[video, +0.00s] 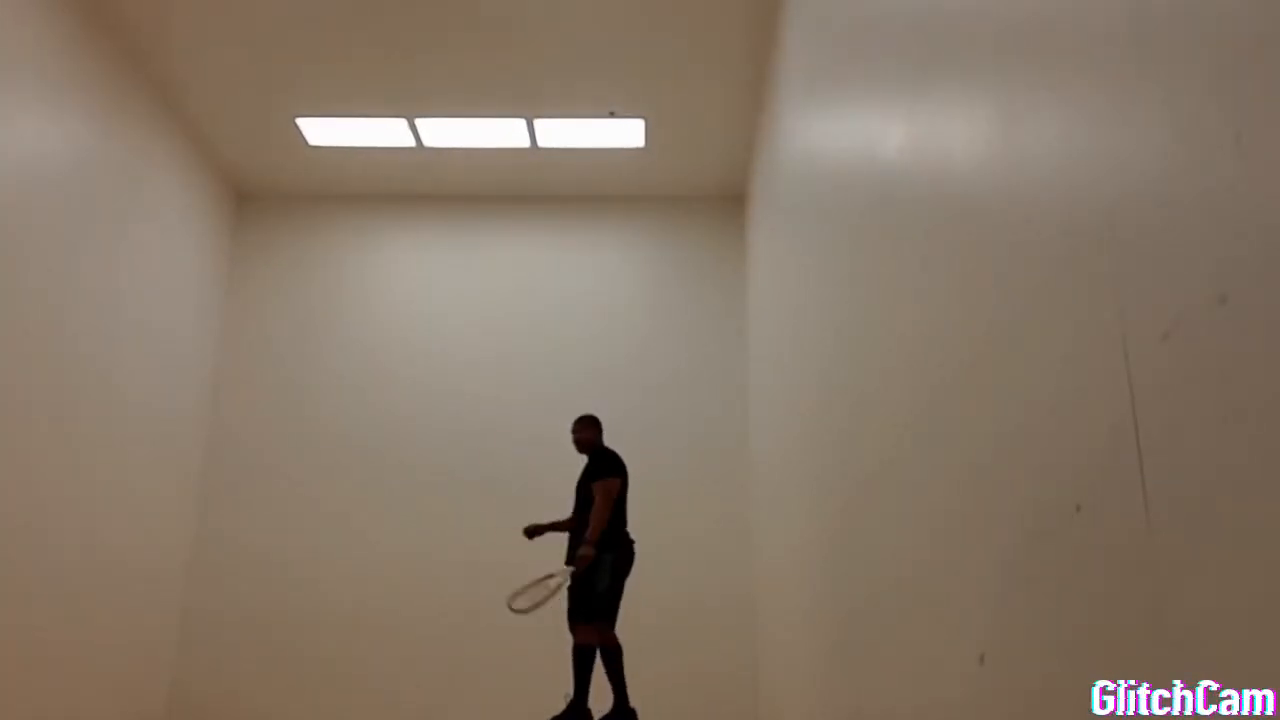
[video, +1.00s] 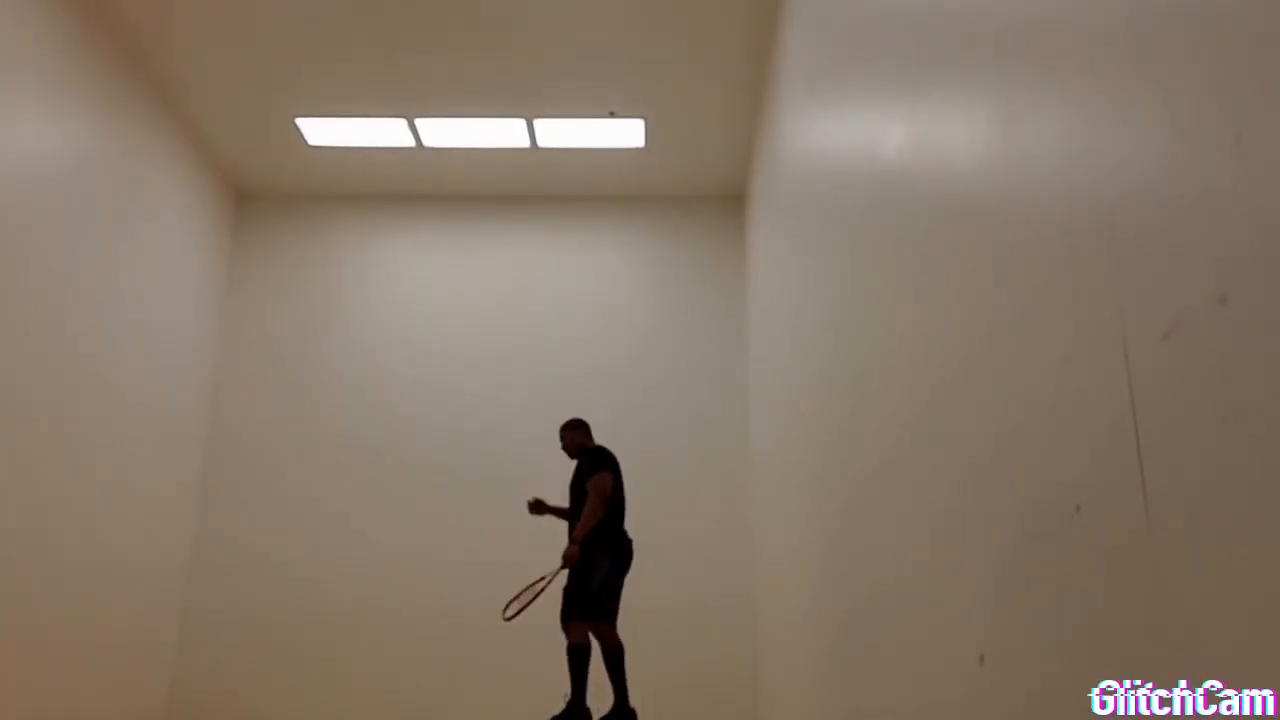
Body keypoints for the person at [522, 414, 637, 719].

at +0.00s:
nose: (576, 439)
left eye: (581, 433)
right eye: (574, 434)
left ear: (595, 433)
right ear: (579, 437)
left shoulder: (605, 463)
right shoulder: (594, 467)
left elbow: (602, 511)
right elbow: (580, 519)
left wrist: (588, 545)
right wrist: (546, 528)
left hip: (602, 554)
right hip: (604, 555)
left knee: (585, 628)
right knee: (602, 629)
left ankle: (579, 705)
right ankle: (622, 706)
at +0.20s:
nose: (580, 447)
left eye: (584, 440)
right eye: (579, 441)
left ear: (599, 438)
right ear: (595, 439)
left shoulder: (613, 465)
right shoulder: (598, 469)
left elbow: (614, 512)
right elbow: (583, 509)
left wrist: (608, 550)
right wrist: (544, 503)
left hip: (611, 556)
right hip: (588, 555)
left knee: (603, 627)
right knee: (581, 627)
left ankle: (622, 705)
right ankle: (578, 704)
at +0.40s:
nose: (586, 452)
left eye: (587, 447)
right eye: (586, 448)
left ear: (594, 444)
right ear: (604, 443)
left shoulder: (614, 465)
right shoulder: (598, 471)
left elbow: (614, 510)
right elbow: (574, 484)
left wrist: (606, 550)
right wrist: (546, 476)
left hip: (614, 558)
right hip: (589, 557)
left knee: (604, 627)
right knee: (579, 626)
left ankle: (622, 705)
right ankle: (577, 704)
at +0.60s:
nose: (582, 458)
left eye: (582, 453)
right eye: (582, 454)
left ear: (587, 447)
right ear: (601, 443)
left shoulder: (609, 460)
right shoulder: (601, 466)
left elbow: (608, 501)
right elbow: (576, 474)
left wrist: (591, 540)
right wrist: (550, 472)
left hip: (609, 552)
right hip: (614, 552)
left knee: (582, 624)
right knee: (606, 627)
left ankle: (577, 704)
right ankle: (622, 705)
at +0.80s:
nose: (574, 457)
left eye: (574, 451)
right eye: (572, 454)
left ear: (583, 445)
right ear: (591, 443)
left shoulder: (606, 459)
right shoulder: (594, 470)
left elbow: (602, 500)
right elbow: (575, 486)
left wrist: (579, 538)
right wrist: (548, 480)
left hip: (610, 551)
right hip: (597, 551)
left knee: (590, 626)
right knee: (595, 626)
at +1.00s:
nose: (564, 446)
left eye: (566, 440)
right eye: (562, 441)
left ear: (581, 436)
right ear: (581, 436)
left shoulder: (596, 458)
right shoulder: (585, 467)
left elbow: (599, 502)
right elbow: (582, 514)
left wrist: (576, 542)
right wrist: (549, 510)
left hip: (602, 551)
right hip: (596, 552)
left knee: (576, 624)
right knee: (602, 625)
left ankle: (577, 705)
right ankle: (623, 705)